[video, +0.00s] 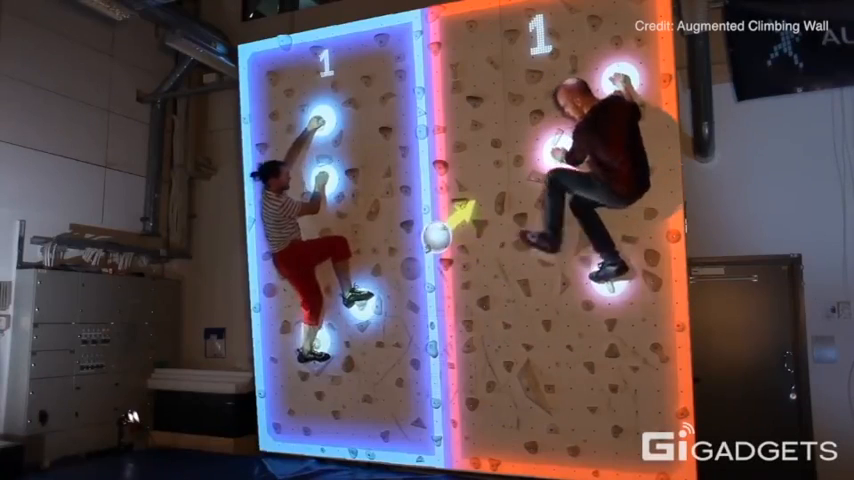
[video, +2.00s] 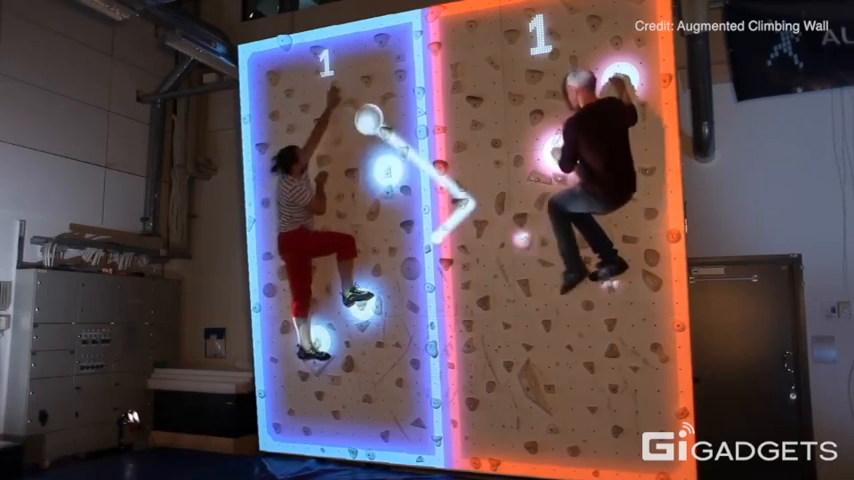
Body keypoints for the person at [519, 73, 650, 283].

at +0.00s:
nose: (566, 113)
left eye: (565, 107)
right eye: (563, 108)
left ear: (578, 101)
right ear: (587, 94)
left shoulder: (585, 129)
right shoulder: (618, 102)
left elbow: (575, 159)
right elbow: (637, 114)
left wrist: (562, 155)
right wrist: (628, 96)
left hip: (618, 192)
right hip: (641, 183)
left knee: (556, 178)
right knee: (580, 203)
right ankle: (612, 261)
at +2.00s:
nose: (568, 96)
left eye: (568, 92)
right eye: (568, 91)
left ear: (575, 92)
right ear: (593, 87)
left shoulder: (574, 124)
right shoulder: (614, 106)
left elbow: (566, 166)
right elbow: (632, 117)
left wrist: (558, 154)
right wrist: (626, 95)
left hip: (602, 195)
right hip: (627, 187)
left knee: (556, 205)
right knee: (574, 206)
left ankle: (574, 269)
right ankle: (611, 260)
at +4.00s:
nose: (557, 112)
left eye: (556, 108)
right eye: (555, 108)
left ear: (562, 107)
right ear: (577, 92)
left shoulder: (575, 129)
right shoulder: (608, 101)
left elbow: (556, 138)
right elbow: (640, 112)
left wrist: (543, 121)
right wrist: (630, 91)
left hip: (617, 190)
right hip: (640, 176)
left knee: (569, 222)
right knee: (580, 199)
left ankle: (543, 276)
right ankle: (613, 258)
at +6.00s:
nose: (528, 101)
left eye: (527, 95)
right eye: (526, 96)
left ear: (536, 91)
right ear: (548, 85)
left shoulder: (541, 118)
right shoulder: (578, 98)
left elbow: (541, 144)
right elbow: (618, 113)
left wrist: (534, 118)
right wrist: (620, 91)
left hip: (575, 187)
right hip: (602, 178)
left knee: (537, 215)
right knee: (564, 214)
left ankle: (540, 274)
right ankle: (608, 260)